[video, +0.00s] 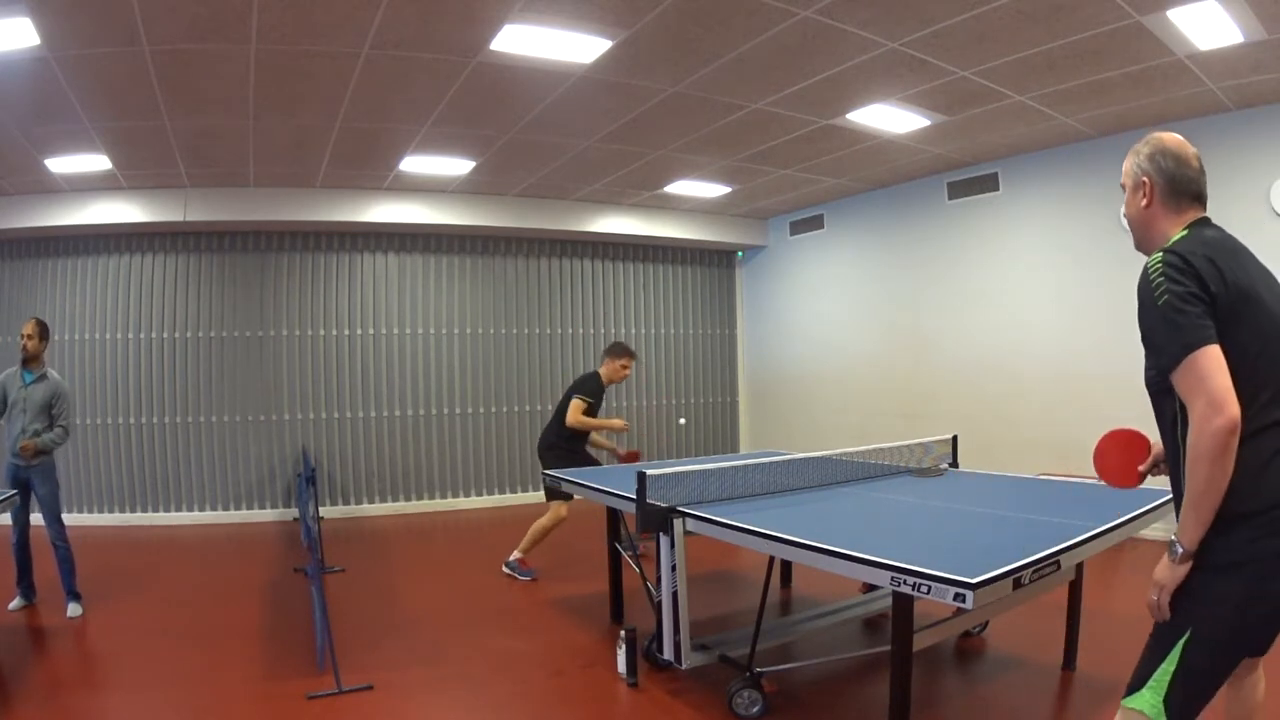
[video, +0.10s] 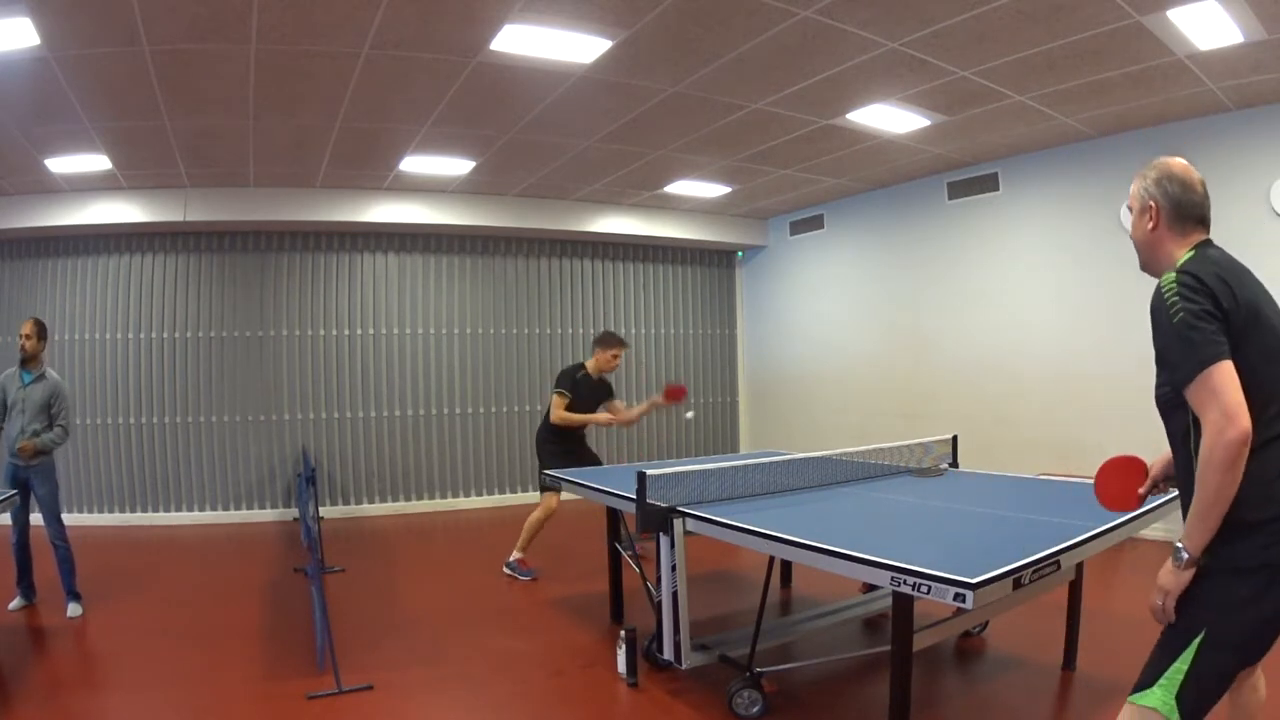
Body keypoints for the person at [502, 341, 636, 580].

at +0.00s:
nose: (628, 374)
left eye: (629, 369)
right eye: (625, 368)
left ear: (613, 365)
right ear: (609, 363)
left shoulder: (598, 388)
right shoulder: (589, 383)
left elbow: (585, 432)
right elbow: (572, 419)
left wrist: (614, 448)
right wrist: (609, 423)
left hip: (575, 450)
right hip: (555, 450)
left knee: (612, 487)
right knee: (558, 512)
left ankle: (622, 540)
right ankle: (515, 558)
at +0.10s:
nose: (618, 364)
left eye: (620, 358)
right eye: (614, 358)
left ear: (609, 357)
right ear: (599, 354)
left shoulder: (603, 386)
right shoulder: (569, 376)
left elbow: (622, 418)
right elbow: (556, 416)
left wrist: (652, 403)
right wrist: (595, 418)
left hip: (577, 443)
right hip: (552, 443)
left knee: (611, 489)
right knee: (550, 504)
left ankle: (622, 541)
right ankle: (515, 558)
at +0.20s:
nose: (603, 354)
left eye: (605, 349)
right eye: (598, 349)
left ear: (606, 349)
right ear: (582, 348)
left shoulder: (602, 372)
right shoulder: (559, 374)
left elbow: (638, 383)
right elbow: (544, 414)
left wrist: (634, 359)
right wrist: (576, 414)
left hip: (585, 446)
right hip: (554, 447)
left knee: (614, 489)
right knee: (544, 498)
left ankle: (622, 542)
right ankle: (519, 554)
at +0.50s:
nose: (575, 344)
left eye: (578, 339)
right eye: (569, 339)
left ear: (582, 341)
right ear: (557, 341)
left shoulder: (589, 370)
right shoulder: (540, 371)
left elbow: (621, 401)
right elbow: (524, 409)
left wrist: (627, 388)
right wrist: (548, 408)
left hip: (579, 444)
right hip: (546, 447)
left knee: (613, 485)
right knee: (534, 498)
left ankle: (616, 544)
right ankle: (514, 550)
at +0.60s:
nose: (578, 349)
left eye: (582, 344)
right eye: (573, 344)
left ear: (586, 346)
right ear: (561, 345)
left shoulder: (594, 376)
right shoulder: (543, 374)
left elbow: (621, 411)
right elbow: (523, 411)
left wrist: (631, 403)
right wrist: (545, 416)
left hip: (579, 448)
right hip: (546, 449)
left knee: (614, 490)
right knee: (530, 500)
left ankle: (616, 548)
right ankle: (504, 557)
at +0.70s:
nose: (586, 368)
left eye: (589, 363)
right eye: (580, 362)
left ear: (592, 364)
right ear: (567, 362)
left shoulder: (596, 394)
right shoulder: (546, 389)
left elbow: (613, 425)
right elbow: (518, 421)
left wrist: (628, 431)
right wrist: (534, 435)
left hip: (574, 455)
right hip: (543, 455)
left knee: (614, 490)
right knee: (527, 505)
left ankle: (615, 550)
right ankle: (500, 561)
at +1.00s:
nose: (611, 361)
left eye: (612, 355)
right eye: (606, 356)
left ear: (611, 356)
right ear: (588, 355)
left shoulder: (599, 389)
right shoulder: (563, 379)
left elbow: (618, 423)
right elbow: (534, 413)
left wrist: (650, 411)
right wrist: (561, 435)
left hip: (579, 450)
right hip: (551, 450)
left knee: (618, 488)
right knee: (543, 508)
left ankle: (615, 549)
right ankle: (506, 560)